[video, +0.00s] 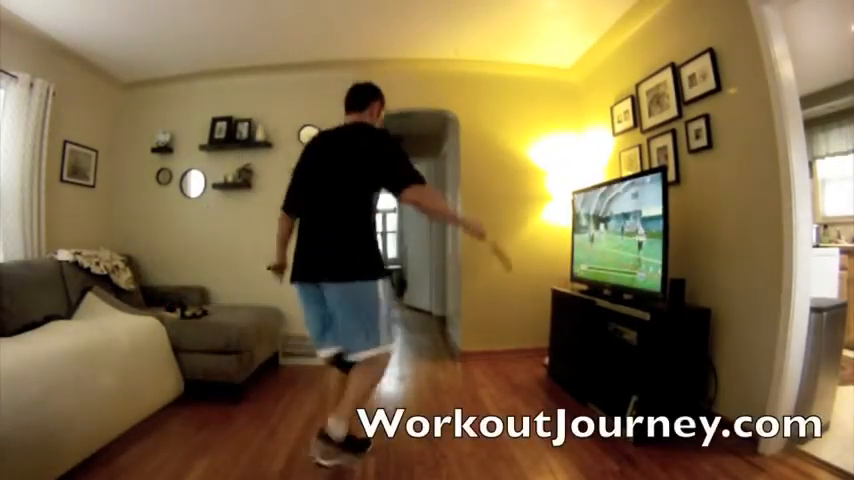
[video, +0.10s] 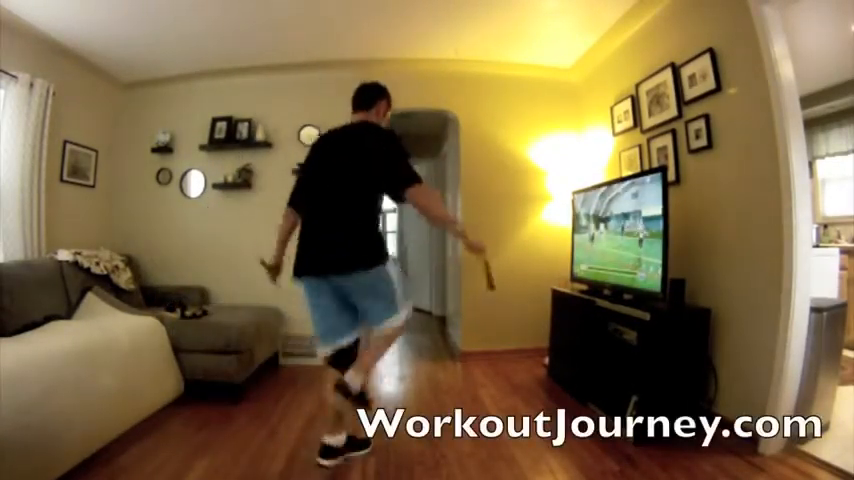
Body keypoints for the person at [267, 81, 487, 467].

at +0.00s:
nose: (381, 119)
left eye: (381, 113)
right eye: (382, 113)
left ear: (345, 109)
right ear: (375, 109)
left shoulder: (317, 144)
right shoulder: (377, 143)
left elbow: (288, 212)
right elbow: (413, 192)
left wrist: (280, 258)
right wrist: (463, 221)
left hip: (309, 263)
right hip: (353, 263)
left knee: (338, 354)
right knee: (373, 354)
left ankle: (349, 432)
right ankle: (334, 435)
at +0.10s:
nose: (387, 119)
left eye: (386, 114)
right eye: (388, 113)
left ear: (352, 108)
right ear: (382, 110)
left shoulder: (323, 144)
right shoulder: (382, 142)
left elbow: (293, 209)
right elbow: (417, 194)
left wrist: (277, 256)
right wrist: (460, 230)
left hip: (313, 258)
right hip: (360, 255)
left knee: (341, 350)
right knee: (391, 319)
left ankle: (340, 435)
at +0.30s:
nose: (405, 93)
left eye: (405, 88)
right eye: (406, 87)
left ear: (371, 80)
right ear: (398, 82)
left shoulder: (336, 113)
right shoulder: (397, 112)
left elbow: (305, 171)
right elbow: (418, 168)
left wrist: (275, 216)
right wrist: (444, 229)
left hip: (321, 220)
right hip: (371, 219)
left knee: (339, 316)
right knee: (392, 303)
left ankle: (298, 394)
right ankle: (379, 392)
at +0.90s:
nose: (413, 124)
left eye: (413, 117)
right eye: (414, 117)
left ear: (376, 111)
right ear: (405, 112)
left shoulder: (346, 143)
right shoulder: (408, 151)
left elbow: (309, 200)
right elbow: (442, 213)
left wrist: (289, 242)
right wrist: (484, 251)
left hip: (331, 261)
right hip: (378, 265)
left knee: (356, 337)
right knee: (381, 351)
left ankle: (363, 402)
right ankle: (373, 437)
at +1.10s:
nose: (406, 101)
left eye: (406, 96)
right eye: (406, 94)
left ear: (371, 88)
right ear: (397, 90)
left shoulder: (341, 119)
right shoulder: (403, 123)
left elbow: (308, 178)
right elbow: (425, 179)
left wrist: (280, 224)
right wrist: (453, 233)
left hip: (322, 231)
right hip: (367, 236)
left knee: (365, 313)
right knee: (362, 336)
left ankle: (369, 385)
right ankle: (350, 433)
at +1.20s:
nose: (398, 103)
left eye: (398, 98)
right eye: (399, 97)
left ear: (365, 93)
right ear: (391, 93)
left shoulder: (337, 126)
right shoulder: (396, 127)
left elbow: (298, 182)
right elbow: (416, 183)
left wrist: (261, 226)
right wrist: (446, 232)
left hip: (330, 241)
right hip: (372, 245)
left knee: (355, 329)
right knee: (379, 337)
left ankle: (343, 415)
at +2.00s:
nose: (413, 109)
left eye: (412, 104)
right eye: (414, 103)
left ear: (382, 97)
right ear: (408, 99)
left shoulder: (351, 126)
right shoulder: (407, 130)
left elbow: (319, 179)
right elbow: (427, 183)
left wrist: (288, 218)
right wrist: (455, 237)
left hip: (333, 226)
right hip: (379, 225)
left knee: (343, 318)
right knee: (404, 292)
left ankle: (311, 409)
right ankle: (381, 379)